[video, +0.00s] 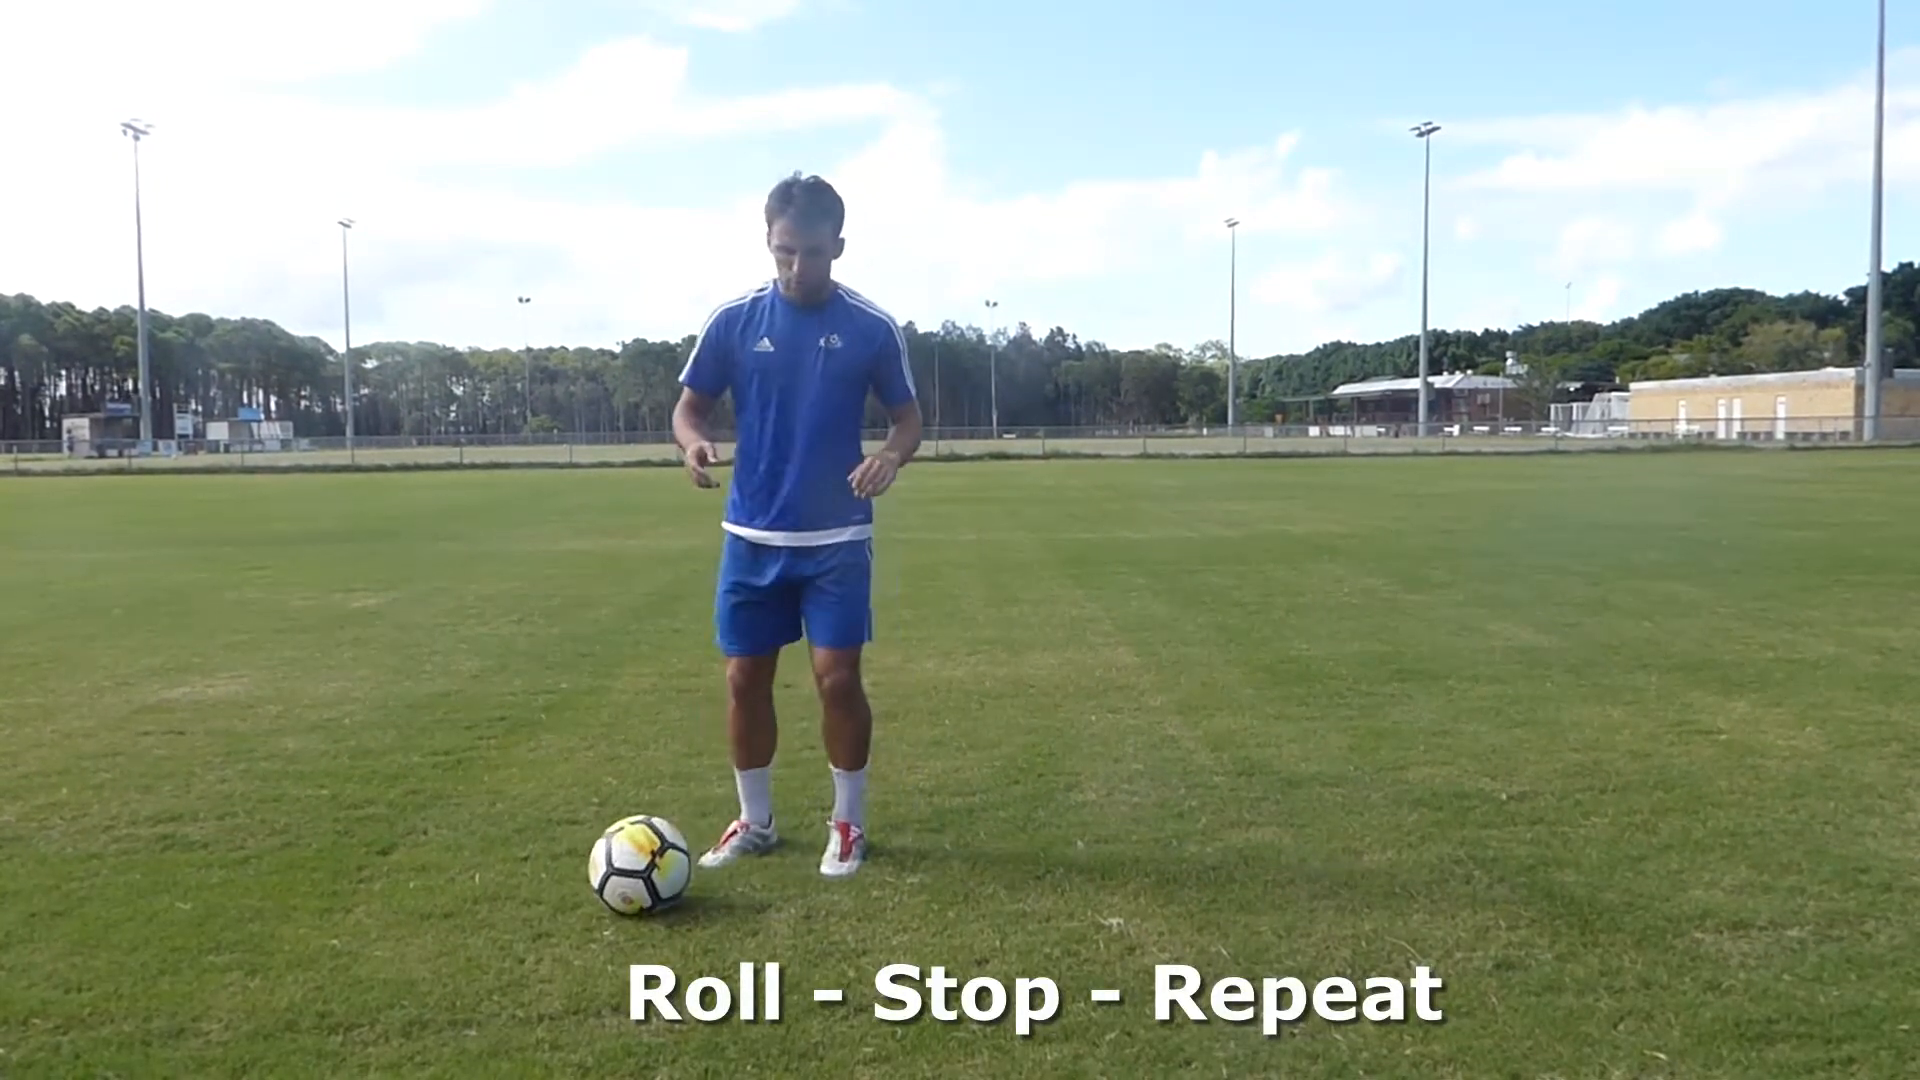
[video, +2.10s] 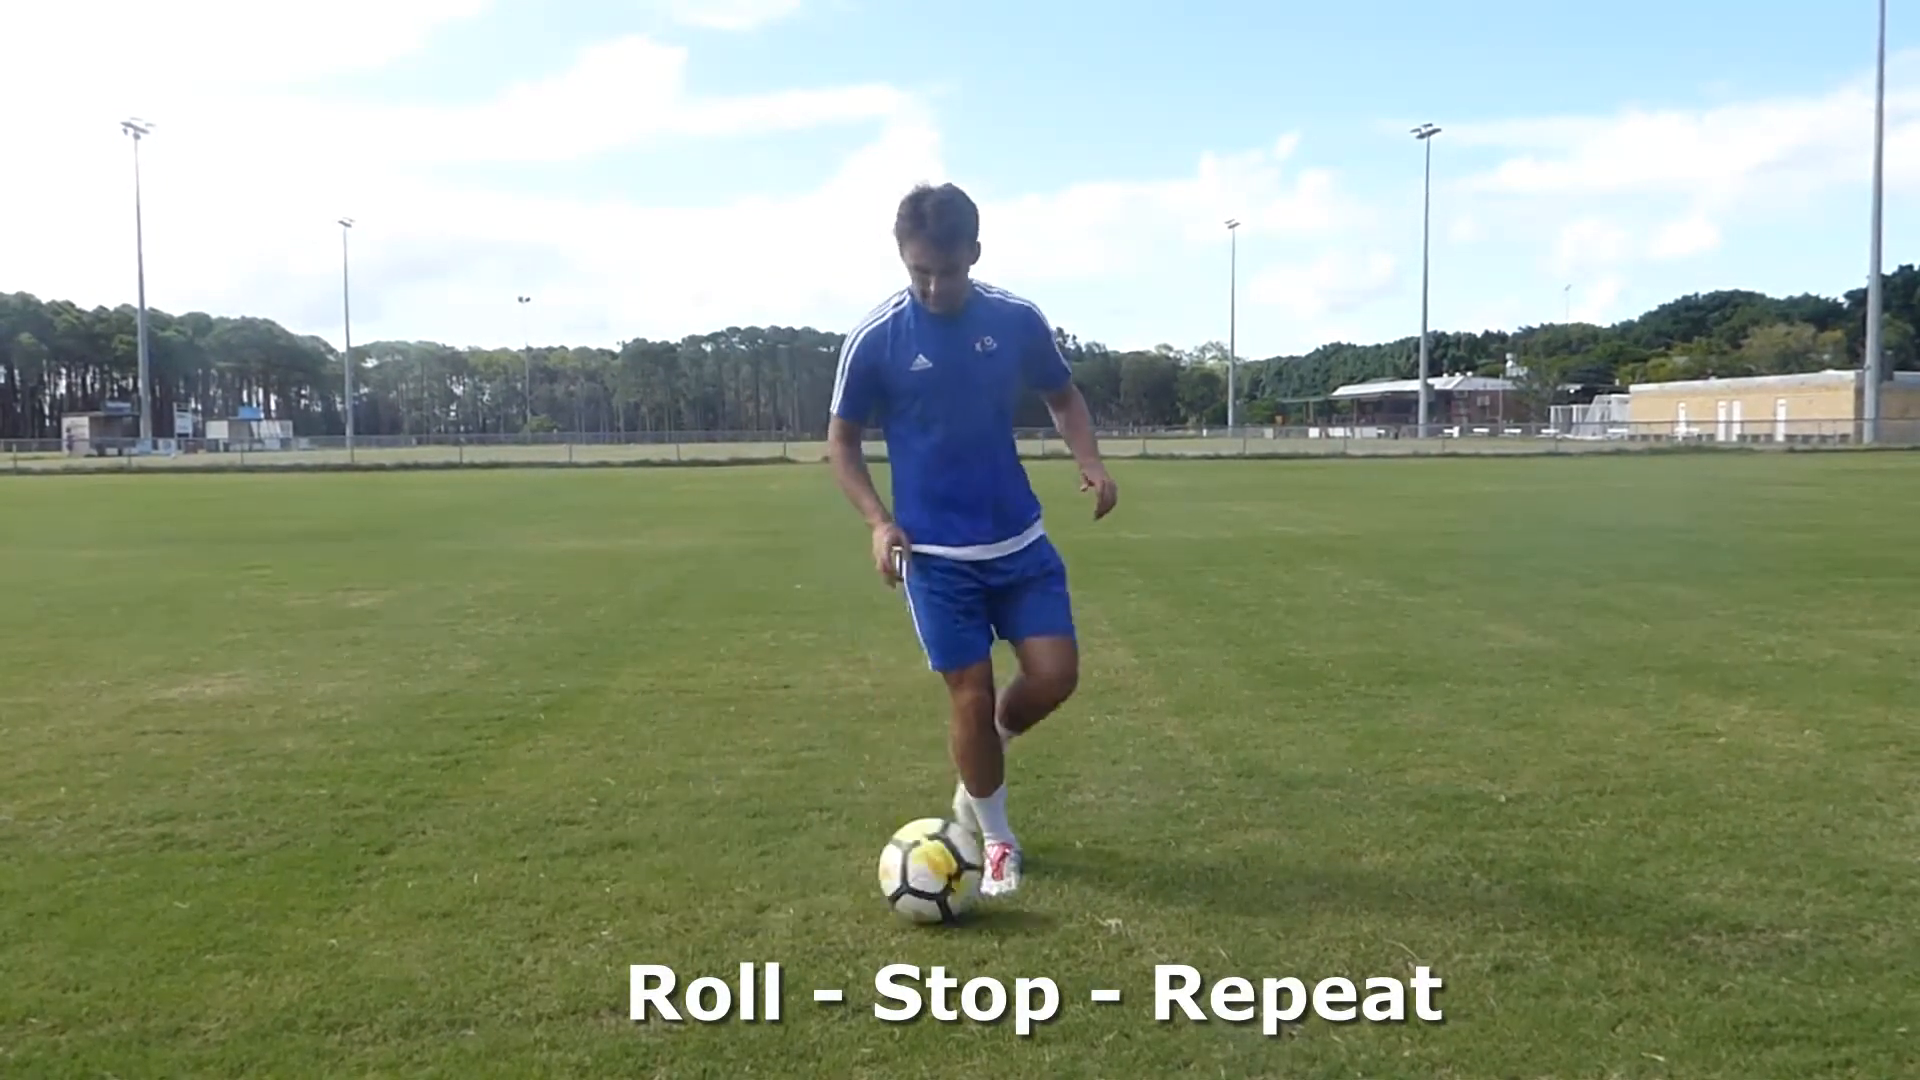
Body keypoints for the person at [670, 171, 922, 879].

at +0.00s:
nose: (794, 269)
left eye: (809, 253)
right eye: (782, 252)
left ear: (837, 245)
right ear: (766, 241)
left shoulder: (874, 331)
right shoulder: (734, 322)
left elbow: (908, 417)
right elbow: (688, 407)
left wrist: (890, 455)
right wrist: (694, 440)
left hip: (835, 537)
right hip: (751, 536)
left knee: (836, 677)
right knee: (745, 677)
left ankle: (847, 825)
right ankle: (753, 823)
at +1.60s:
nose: (888, 284)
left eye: (903, 270)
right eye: (877, 268)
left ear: (934, 258)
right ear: (863, 252)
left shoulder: (964, 333)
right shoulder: (830, 321)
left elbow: (980, 409)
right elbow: (774, 412)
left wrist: (997, 479)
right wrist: (776, 483)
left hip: (907, 537)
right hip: (823, 517)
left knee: (873, 689)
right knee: (771, 630)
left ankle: (843, 829)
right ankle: (729, 803)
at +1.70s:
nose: (890, 285)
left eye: (905, 270)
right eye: (878, 269)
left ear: (936, 256)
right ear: (864, 254)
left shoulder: (975, 332)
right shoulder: (833, 326)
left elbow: (1001, 406)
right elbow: (787, 413)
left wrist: (1015, 480)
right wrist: (794, 489)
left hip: (923, 537)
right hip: (842, 518)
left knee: (883, 685)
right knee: (834, 639)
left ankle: (847, 829)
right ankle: (820, 815)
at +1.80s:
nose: (891, 288)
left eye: (905, 273)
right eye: (879, 272)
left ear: (936, 256)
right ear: (865, 258)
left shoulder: (983, 332)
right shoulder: (837, 334)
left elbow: (1029, 409)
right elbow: (800, 421)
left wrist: (1040, 487)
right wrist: (812, 494)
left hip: (944, 547)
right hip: (863, 538)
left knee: (897, 695)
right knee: (893, 673)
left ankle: (846, 826)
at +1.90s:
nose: (896, 288)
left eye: (910, 273)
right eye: (885, 273)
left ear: (944, 257)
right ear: (873, 262)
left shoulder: (994, 330)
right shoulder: (848, 344)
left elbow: (1048, 404)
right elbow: (817, 428)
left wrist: (1060, 476)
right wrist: (834, 511)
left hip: (972, 547)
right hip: (892, 548)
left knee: (937, 699)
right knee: (945, 692)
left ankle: (859, 824)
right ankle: (989, 840)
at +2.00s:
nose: (915, 290)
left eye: (929, 274)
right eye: (901, 275)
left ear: (958, 258)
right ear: (886, 263)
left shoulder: (1009, 327)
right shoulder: (862, 349)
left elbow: (1059, 404)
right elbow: (833, 439)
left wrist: (1074, 462)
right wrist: (857, 524)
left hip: (1000, 545)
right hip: (918, 552)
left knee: (1014, 696)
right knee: (968, 695)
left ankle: (913, 793)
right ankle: (999, 844)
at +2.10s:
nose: (933, 286)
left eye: (948, 271)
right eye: (919, 271)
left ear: (974, 254)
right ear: (900, 256)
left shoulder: (1020, 321)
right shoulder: (874, 343)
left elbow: (1064, 399)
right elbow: (841, 444)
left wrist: (1090, 461)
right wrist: (879, 522)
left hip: (1020, 540)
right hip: (934, 554)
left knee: (1054, 675)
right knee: (974, 699)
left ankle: (976, 758)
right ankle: (998, 845)